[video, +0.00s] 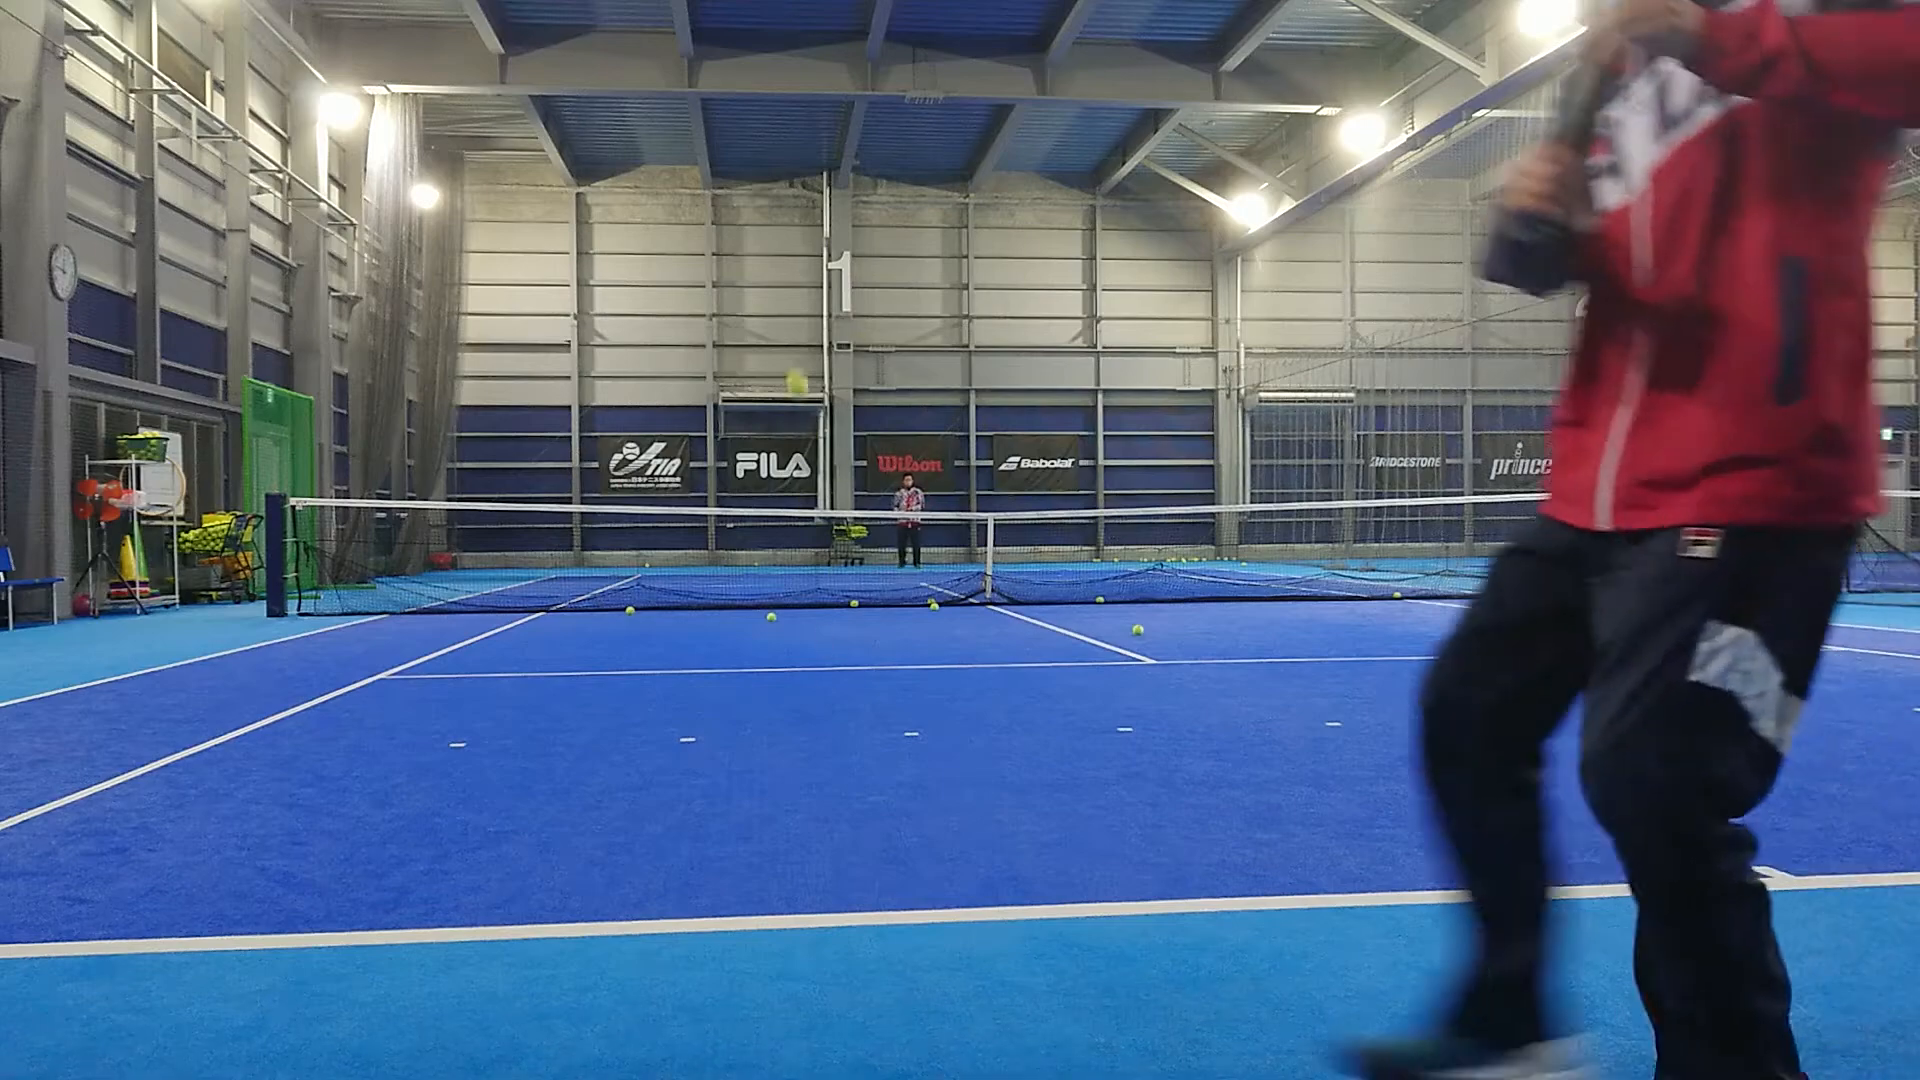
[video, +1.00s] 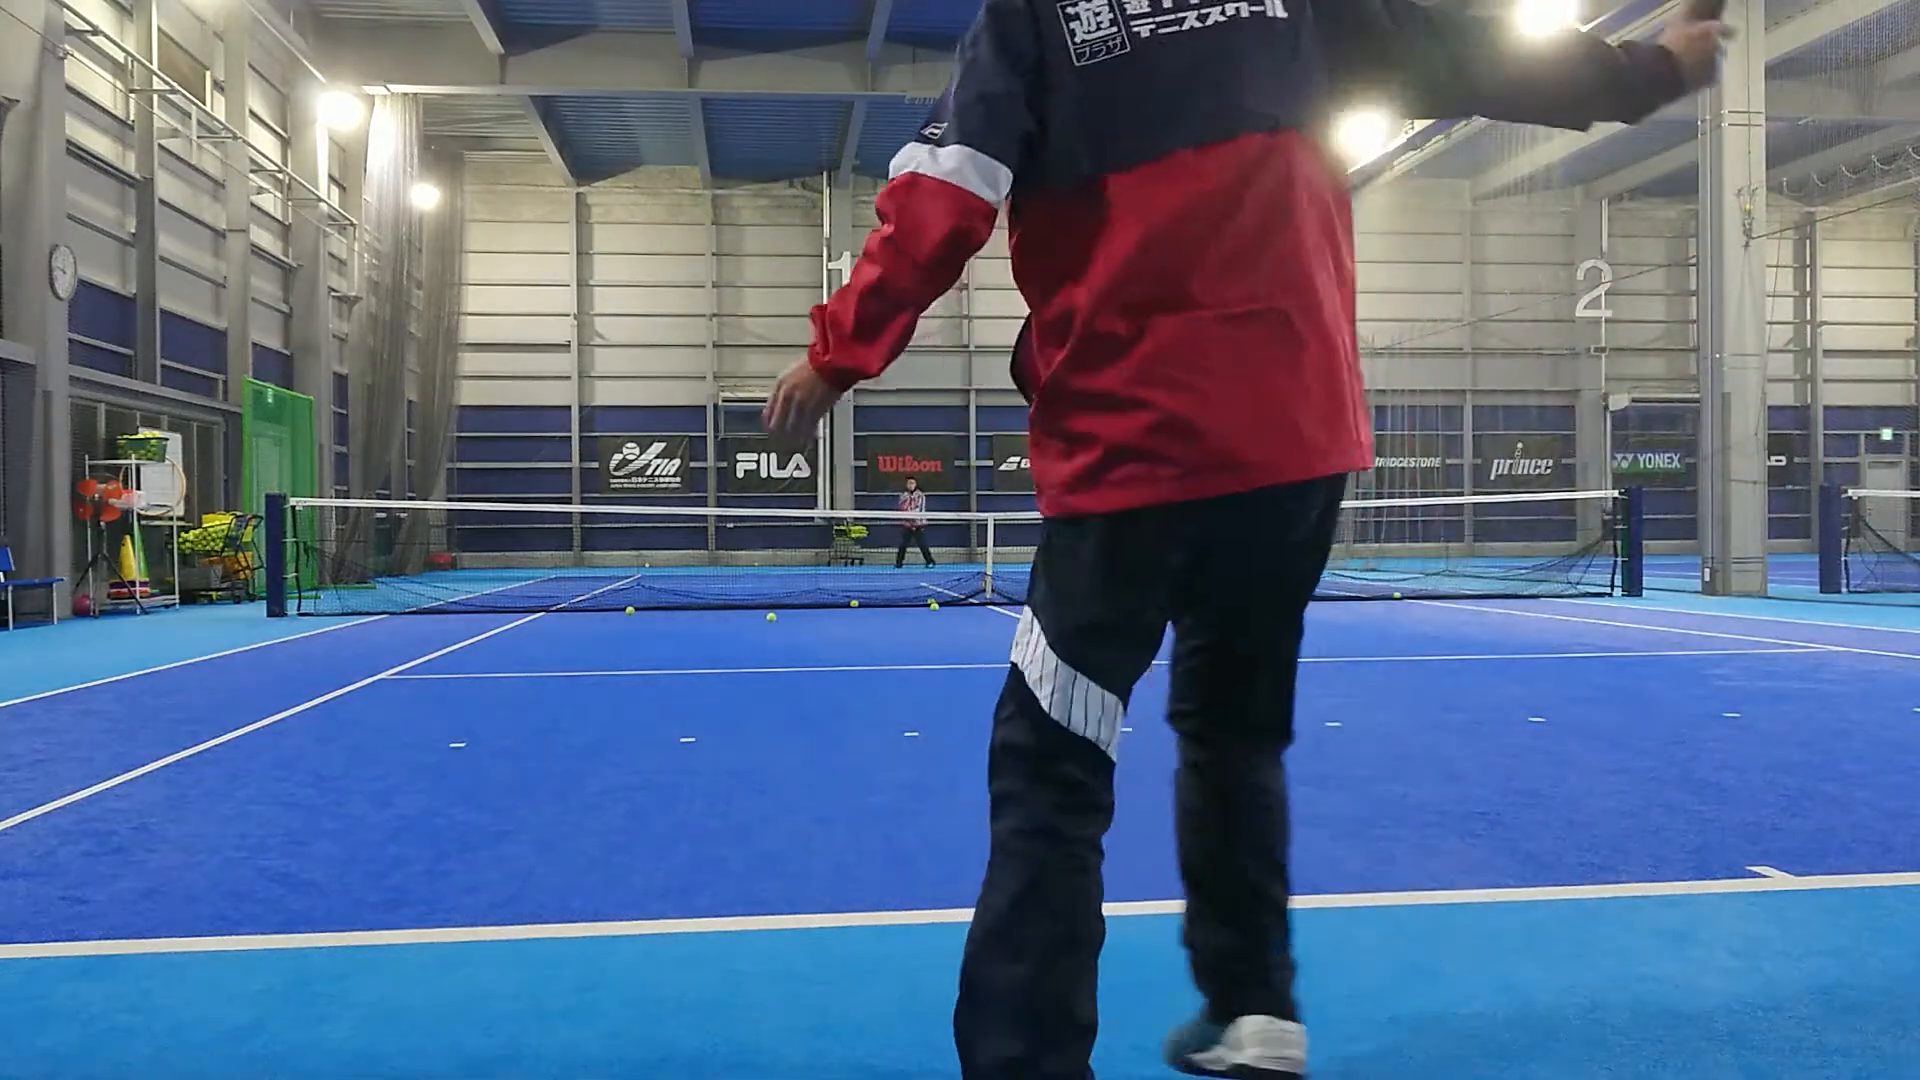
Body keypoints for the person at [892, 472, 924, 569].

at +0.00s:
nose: (908, 482)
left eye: (910, 480)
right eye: (906, 480)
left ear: (913, 481)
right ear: (903, 482)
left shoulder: (918, 493)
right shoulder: (899, 494)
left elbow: (921, 505)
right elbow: (895, 506)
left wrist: (912, 509)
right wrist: (900, 514)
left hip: (915, 521)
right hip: (902, 522)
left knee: (916, 544)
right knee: (901, 544)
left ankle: (916, 562)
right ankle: (902, 562)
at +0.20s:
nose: (908, 482)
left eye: (909, 480)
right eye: (906, 480)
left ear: (912, 481)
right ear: (903, 481)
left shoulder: (917, 493)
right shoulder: (899, 493)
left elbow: (921, 505)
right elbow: (895, 506)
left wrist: (911, 508)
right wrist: (900, 514)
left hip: (914, 521)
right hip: (902, 521)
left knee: (916, 544)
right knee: (900, 544)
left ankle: (917, 562)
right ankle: (900, 562)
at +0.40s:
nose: (904, 482)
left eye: (905, 480)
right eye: (902, 480)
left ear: (908, 481)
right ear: (898, 482)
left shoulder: (914, 492)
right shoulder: (896, 494)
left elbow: (918, 505)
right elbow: (892, 505)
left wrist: (910, 511)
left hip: (913, 522)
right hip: (901, 522)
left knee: (916, 545)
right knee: (899, 545)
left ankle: (916, 562)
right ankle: (899, 563)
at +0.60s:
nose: (901, 482)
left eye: (903, 480)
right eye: (899, 480)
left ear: (906, 481)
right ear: (896, 481)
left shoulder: (912, 492)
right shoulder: (894, 494)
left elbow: (916, 505)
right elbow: (890, 507)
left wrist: (908, 509)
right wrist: (897, 514)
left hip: (912, 522)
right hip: (900, 522)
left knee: (915, 544)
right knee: (899, 545)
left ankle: (917, 562)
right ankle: (899, 563)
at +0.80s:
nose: (903, 483)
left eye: (905, 480)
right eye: (901, 481)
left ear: (908, 482)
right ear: (898, 482)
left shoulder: (914, 494)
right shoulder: (895, 495)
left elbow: (918, 506)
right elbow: (891, 507)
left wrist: (910, 513)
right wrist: (899, 514)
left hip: (913, 522)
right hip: (901, 523)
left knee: (918, 544)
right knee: (899, 545)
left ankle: (923, 561)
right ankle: (899, 563)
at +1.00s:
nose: (911, 485)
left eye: (913, 483)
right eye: (909, 483)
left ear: (916, 484)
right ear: (906, 485)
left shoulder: (920, 496)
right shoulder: (903, 496)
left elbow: (922, 510)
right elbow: (900, 508)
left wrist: (922, 522)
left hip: (918, 523)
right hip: (906, 524)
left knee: (922, 544)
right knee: (903, 545)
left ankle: (929, 561)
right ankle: (899, 562)